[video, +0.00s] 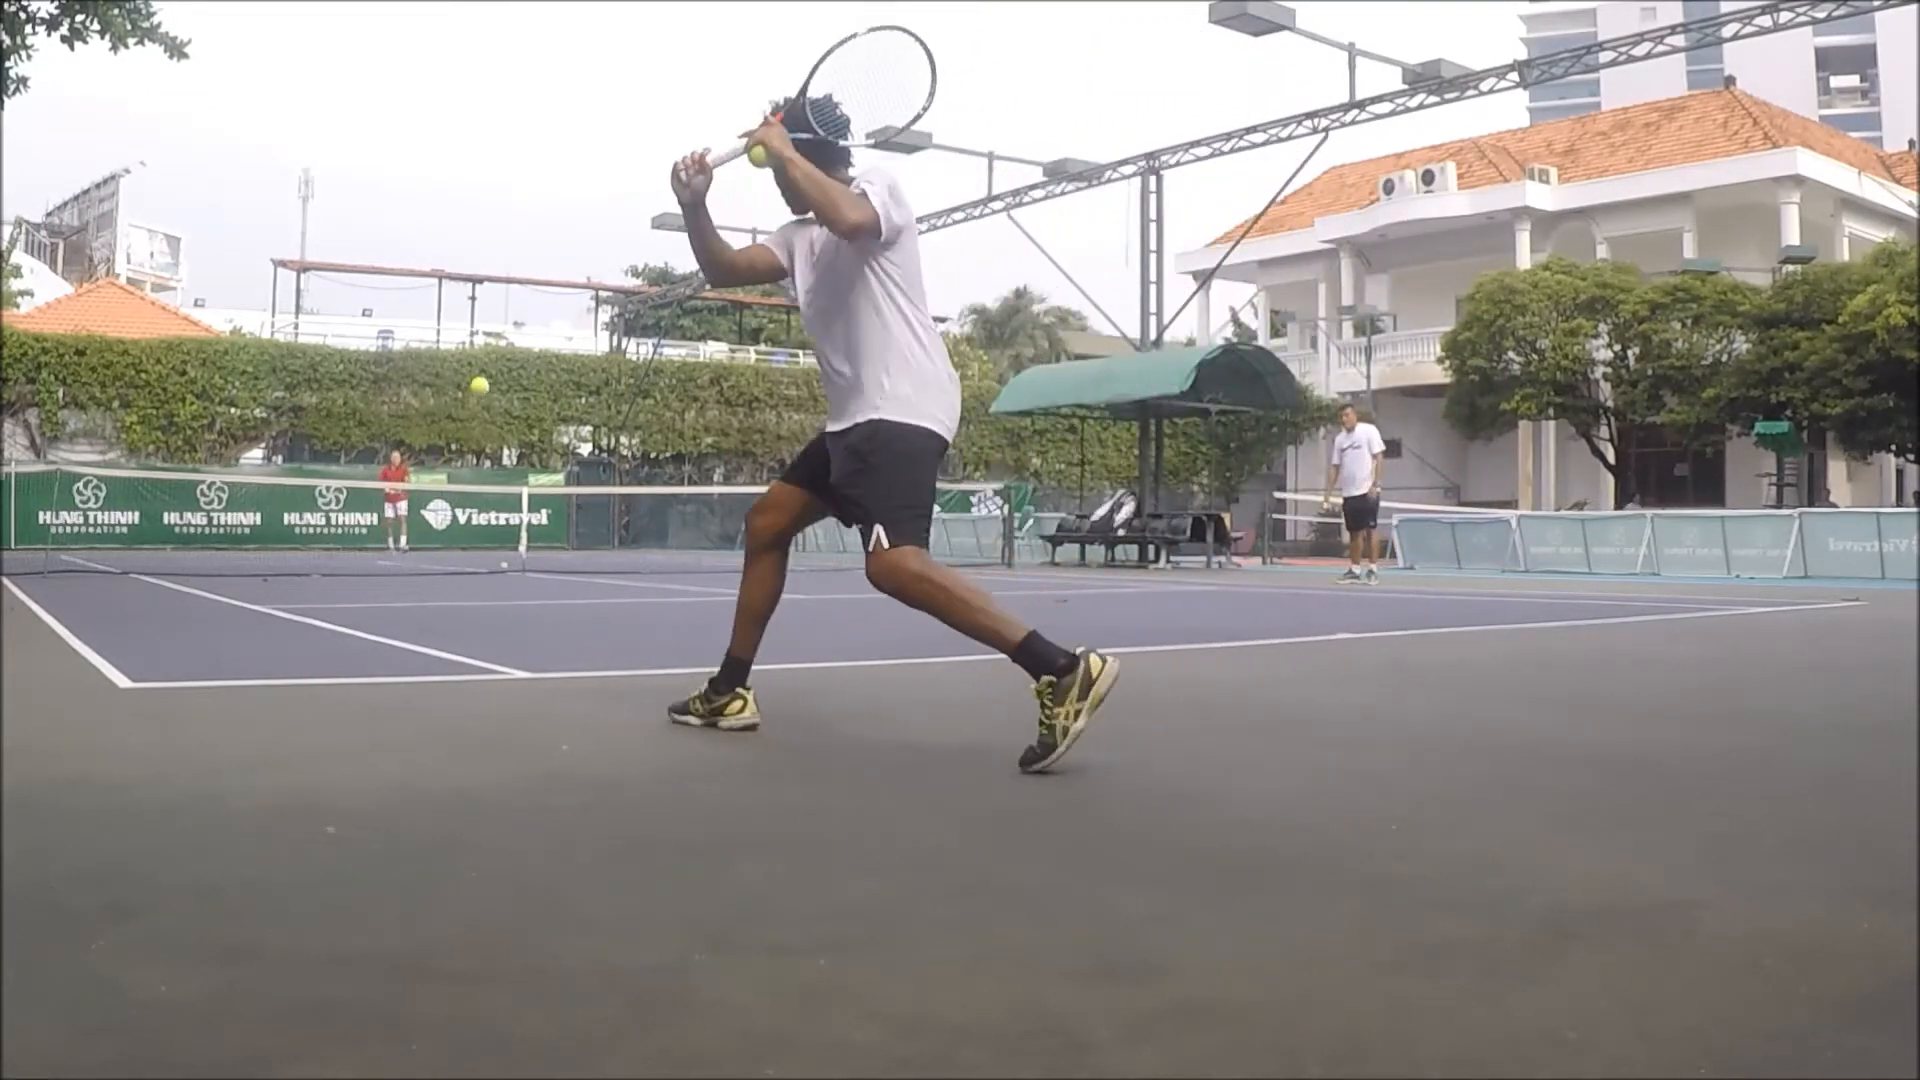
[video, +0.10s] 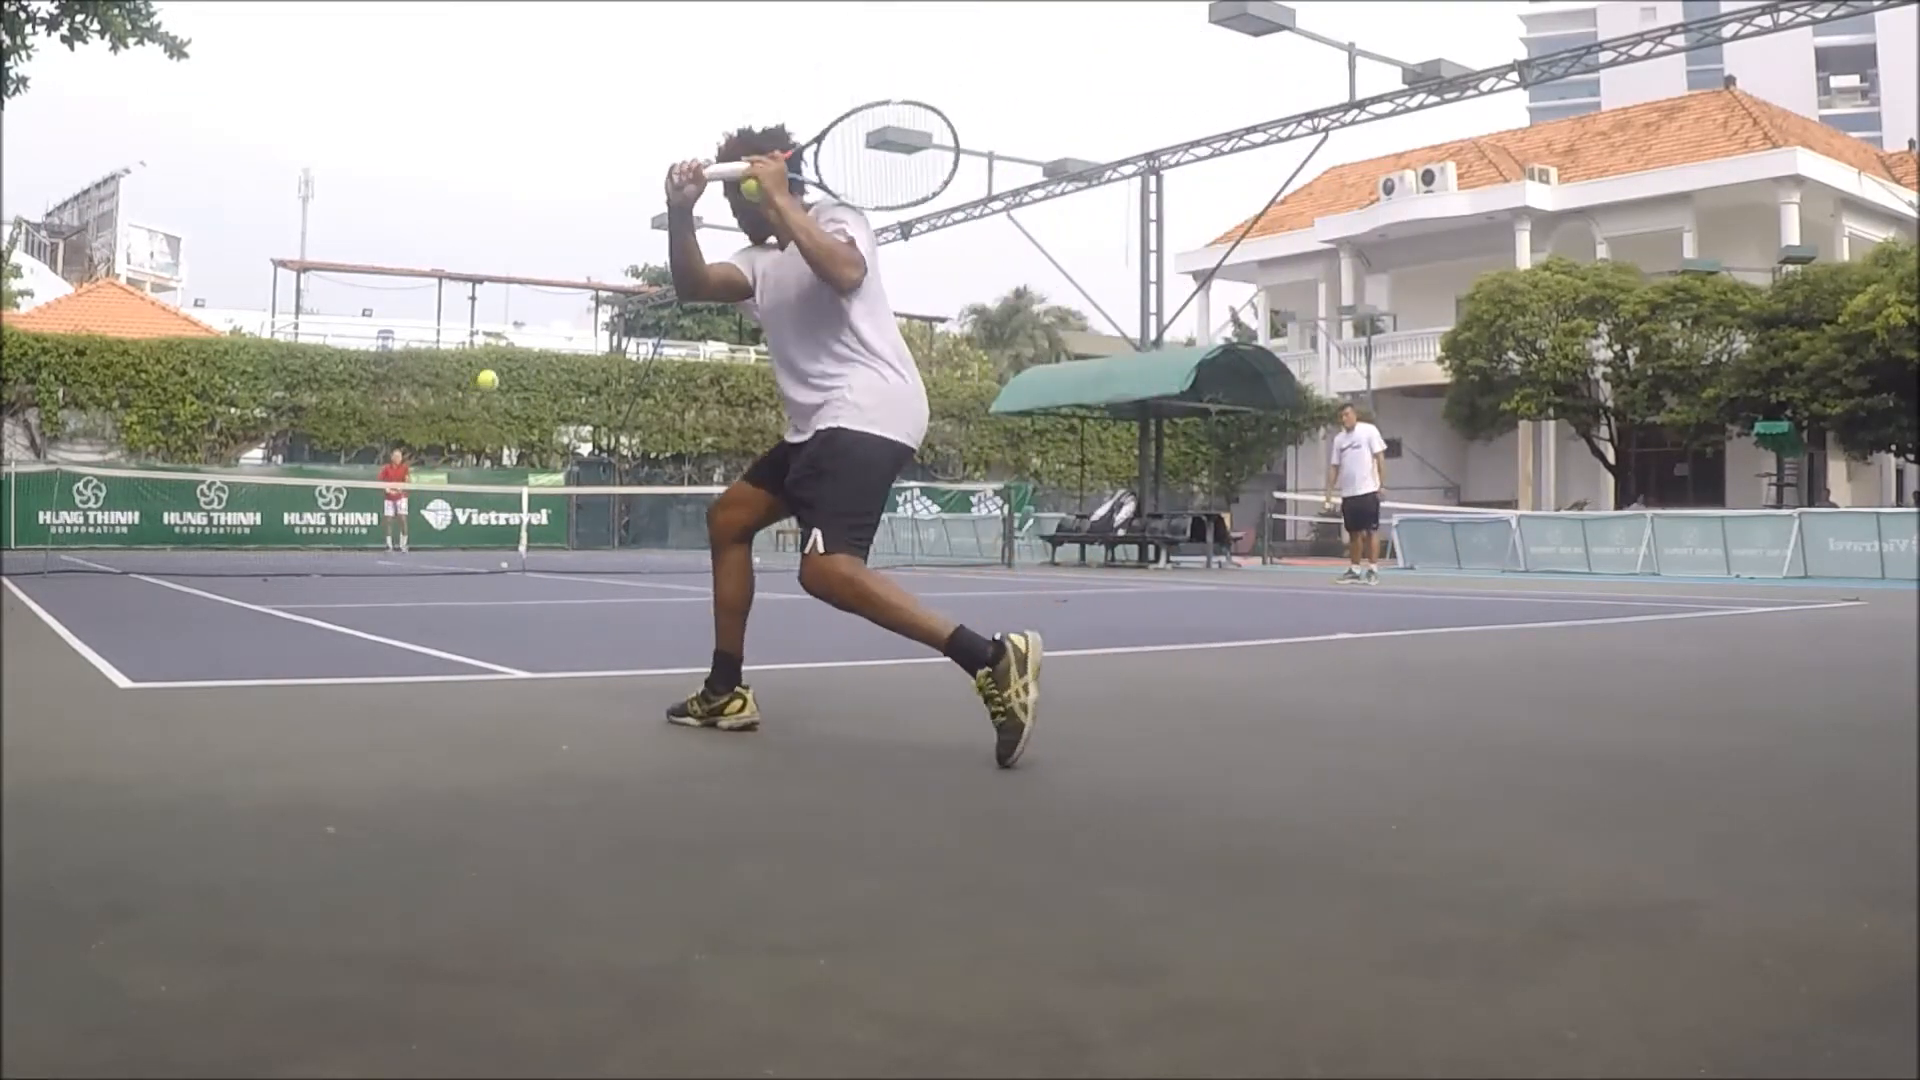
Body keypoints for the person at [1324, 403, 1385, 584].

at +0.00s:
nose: (1345, 419)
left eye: (1347, 415)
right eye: (1342, 416)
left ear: (1355, 415)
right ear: (1340, 419)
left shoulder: (1369, 431)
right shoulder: (1339, 439)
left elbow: (1379, 457)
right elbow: (1335, 467)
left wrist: (1376, 483)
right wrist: (1328, 491)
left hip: (1367, 489)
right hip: (1348, 493)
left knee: (1370, 531)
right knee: (1354, 533)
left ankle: (1372, 568)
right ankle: (1354, 568)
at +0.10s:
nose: (1345, 418)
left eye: (1348, 414)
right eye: (1342, 416)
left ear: (1355, 415)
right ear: (1340, 419)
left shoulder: (1369, 430)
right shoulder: (1338, 439)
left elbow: (1380, 457)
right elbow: (1334, 467)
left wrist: (1381, 484)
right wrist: (1329, 491)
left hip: (1369, 489)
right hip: (1348, 492)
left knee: (1371, 532)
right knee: (1353, 534)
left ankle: (1372, 569)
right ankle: (1354, 569)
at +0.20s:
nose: (1345, 418)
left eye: (1348, 414)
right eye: (1342, 416)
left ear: (1355, 415)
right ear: (1340, 419)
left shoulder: (1370, 431)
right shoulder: (1338, 439)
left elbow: (1380, 457)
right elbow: (1334, 467)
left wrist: (1383, 483)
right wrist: (1331, 492)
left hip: (1368, 489)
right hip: (1347, 492)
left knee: (1371, 531)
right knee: (1353, 534)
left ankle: (1372, 568)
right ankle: (1354, 569)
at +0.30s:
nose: (1346, 418)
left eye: (1349, 414)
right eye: (1343, 415)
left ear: (1356, 414)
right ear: (1340, 418)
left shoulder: (1370, 431)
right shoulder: (1337, 438)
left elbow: (1380, 458)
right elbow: (1333, 466)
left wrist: (1384, 485)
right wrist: (1332, 492)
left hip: (1369, 489)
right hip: (1347, 492)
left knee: (1371, 532)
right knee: (1353, 534)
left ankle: (1372, 568)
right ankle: (1354, 568)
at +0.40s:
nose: (1347, 418)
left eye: (1350, 413)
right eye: (1344, 415)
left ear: (1358, 414)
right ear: (1341, 418)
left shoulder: (1371, 431)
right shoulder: (1338, 438)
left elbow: (1380, 458)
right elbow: (1333, 466)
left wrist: (1382, 485)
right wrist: (1331, 493)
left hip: (1368, 489)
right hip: (1347, 492)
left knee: (1371, 532)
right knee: (1353, 534)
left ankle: (1372, 568)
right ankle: (1354, 568)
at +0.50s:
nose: (1346, 417)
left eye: (1349, 413)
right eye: (1344, 414)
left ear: (1359, 413)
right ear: (1342, 417)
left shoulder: (1372, 432)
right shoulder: (1339, 436)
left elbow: (1378, 459)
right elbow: (1334, 465)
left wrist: (1379, 484)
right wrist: (1330, 491)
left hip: (1367, 489)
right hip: (1346, 491)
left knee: (1371, 532)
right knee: (1351, 534)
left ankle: (1372, 568)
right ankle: (1354, 568)